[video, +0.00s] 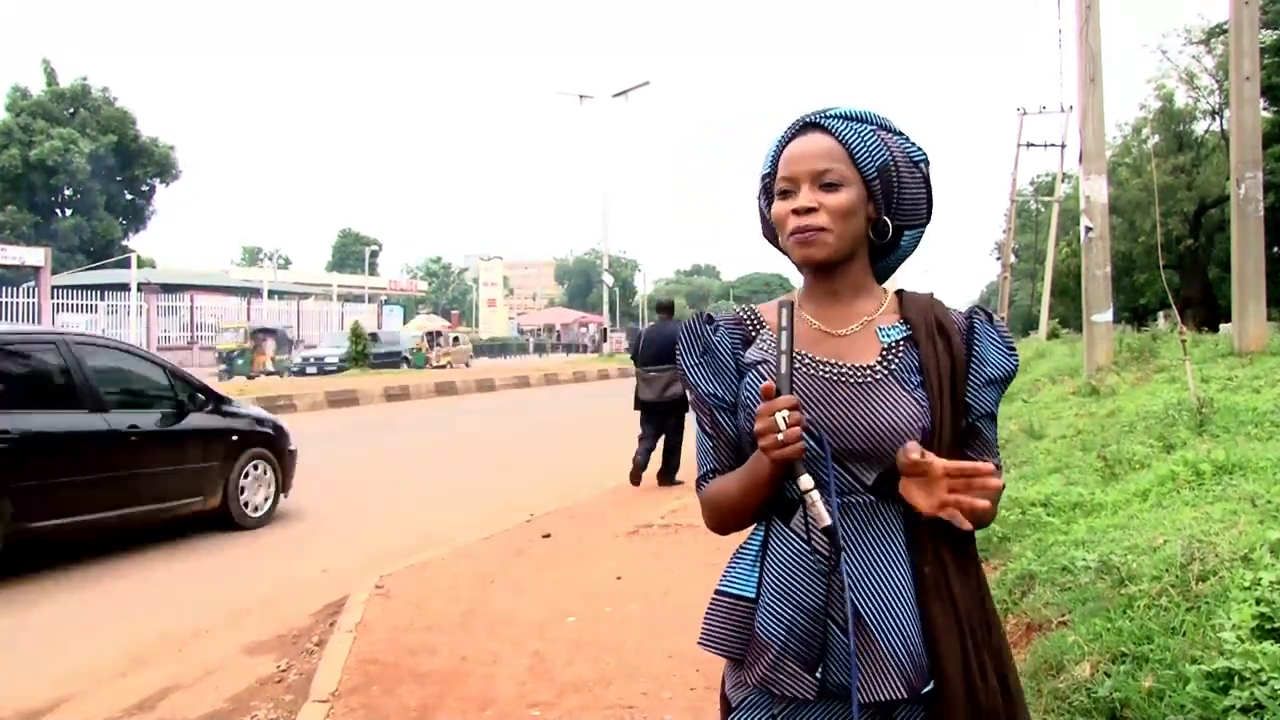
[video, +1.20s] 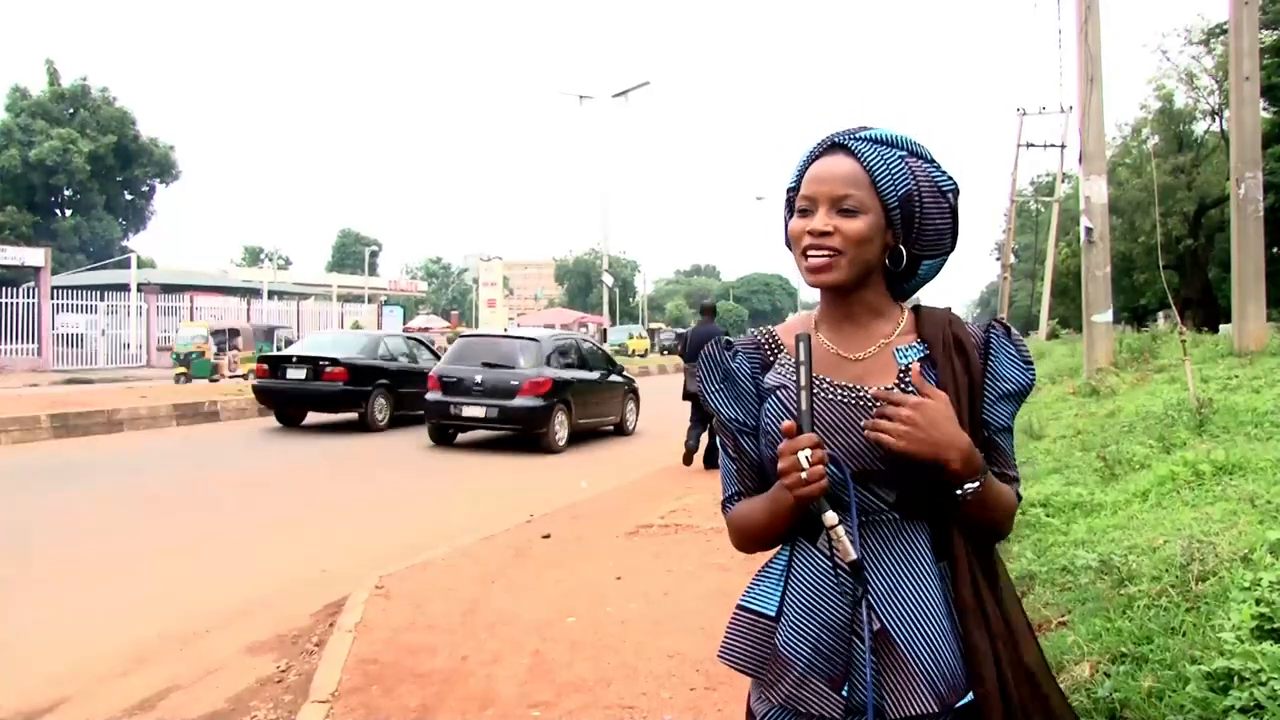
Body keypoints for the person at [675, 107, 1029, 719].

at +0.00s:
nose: (802, 204)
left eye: (828, 185)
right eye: (786, 191)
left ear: (875, 204)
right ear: (771, 213)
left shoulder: (948, 337)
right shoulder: (736, 343)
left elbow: (985, 495)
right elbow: (718, 514)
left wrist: (938, 491)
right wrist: (767, 459)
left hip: (918, 641)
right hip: (783, 646)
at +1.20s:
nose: (817, 228)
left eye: (847, 210)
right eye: (805, 209)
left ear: (894, 231)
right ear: (788, 224)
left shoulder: (960, 349)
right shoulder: (760, 361)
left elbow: (1001, 519)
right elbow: (743, 531)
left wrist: (960, 453)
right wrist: (786, 494)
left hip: (934, 625)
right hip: (809, 625)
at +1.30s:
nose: (821, 219)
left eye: (849, 202)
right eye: (807, 203)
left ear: (896, 226)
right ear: (790, 223)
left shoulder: (955, 342)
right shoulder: (760, 356)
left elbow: (1006, 514)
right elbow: (743, 525)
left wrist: (968, 395)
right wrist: (783, 486)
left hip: (930, 627)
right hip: (806, 627)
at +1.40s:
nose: (824, 208)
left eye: (850, 190)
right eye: (808, 196)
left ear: (900, 213)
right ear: (791, 220)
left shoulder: (961, 322)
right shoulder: (762, 347)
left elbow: (1014, 491)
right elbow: (742, 517)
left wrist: (975, 323)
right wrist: (781, 473)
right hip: (806, 635)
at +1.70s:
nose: (808, 200)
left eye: (835, 182)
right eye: (794, 188)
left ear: (892, 203)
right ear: (781, 212)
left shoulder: (954, 318)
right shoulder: (751, 336)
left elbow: (1023, 471)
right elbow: (733, 511)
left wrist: (977, 299)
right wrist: (757, 456)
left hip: (909, 627)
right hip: (782, 626)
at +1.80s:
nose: (796, 205)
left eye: (822, 184)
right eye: (783, 191)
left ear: (877, 201)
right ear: (772, 210)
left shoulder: (947, 327)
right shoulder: (750, 338)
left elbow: (996, 492)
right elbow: (730, 511)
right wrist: (751, 462)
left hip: (904, 623)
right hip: (779, 621)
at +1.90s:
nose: (786, 206)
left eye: (812, 183)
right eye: (774, 193)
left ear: (870, 197)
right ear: (766, 209)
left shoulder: (944, 333)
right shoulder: (746, 337)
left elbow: (972, 503)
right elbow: (727, 508)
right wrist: (745, 462)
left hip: (896, 632)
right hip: (772, 631)